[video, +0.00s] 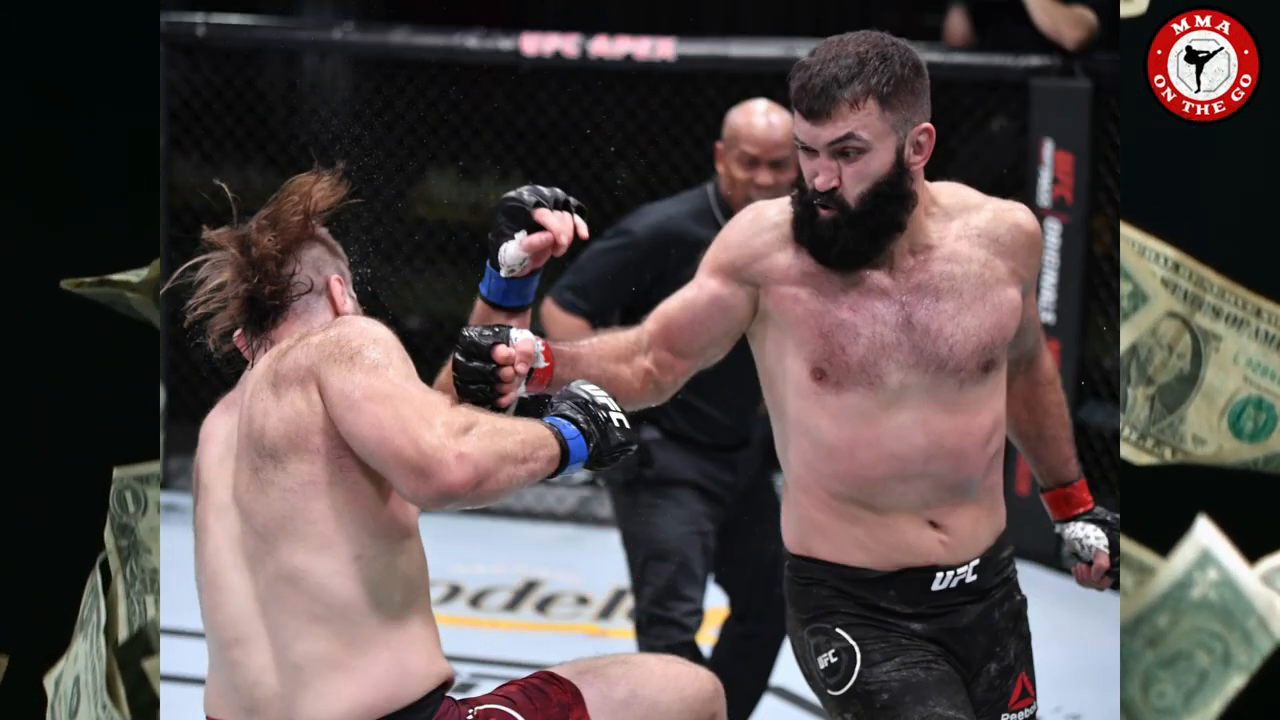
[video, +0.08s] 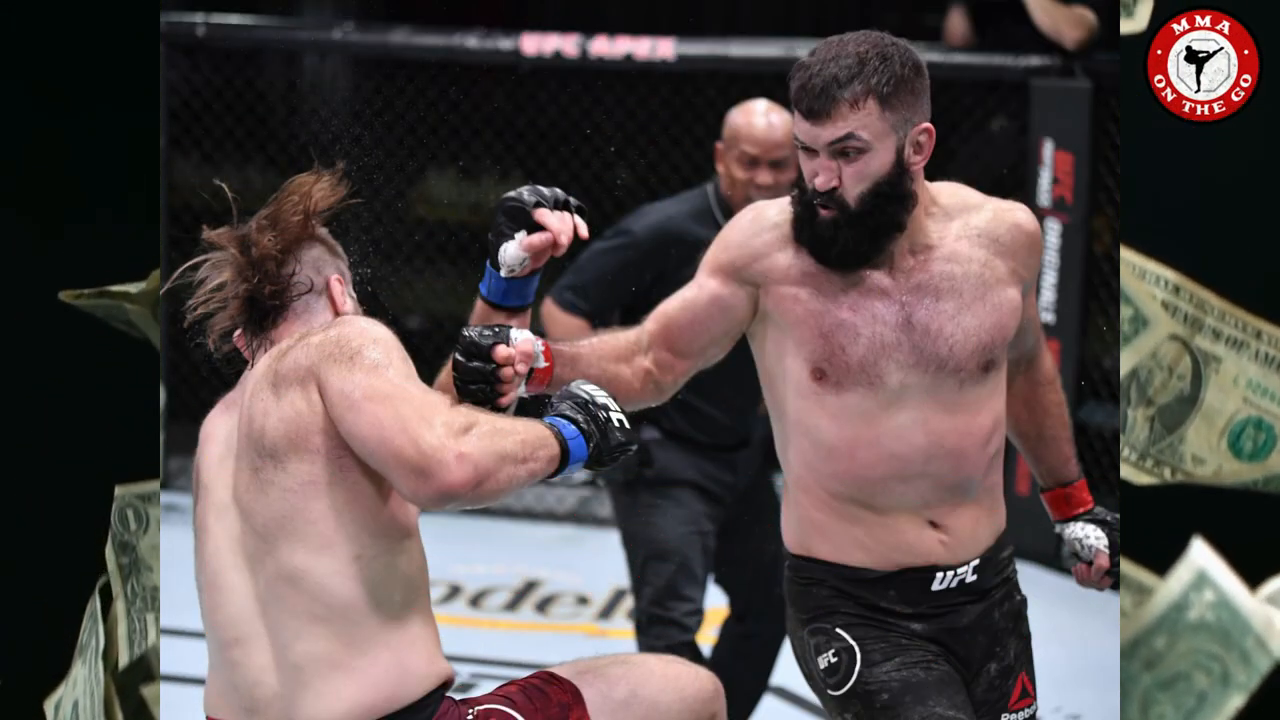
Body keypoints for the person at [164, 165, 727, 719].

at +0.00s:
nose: (363, 308)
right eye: (356, 290)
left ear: (243, 346)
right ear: (340, 290)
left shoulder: (217, 428)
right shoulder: (344, 346)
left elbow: (444, 429)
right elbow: (446, 466)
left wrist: (508, 283)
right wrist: (576, 430)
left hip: (238, 713)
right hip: (396, 708)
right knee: (691, 687)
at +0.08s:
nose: (365, 311)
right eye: (357, 293)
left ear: (243, 344)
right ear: (341, 291)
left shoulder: (218, 425)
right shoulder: (343, 347)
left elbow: (444, 430)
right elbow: (447, 466)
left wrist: (509, 283)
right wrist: (576, 430)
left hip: (242, 711)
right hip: (397, 708)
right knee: (691, 687)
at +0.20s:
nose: (363, 308)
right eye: (355, 290)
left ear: (243, 345)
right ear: (340, 291)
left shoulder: (216, 428)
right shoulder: (343, 347)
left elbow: (446, 427)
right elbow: (447, 467)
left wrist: (508, 283)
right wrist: (577, 430)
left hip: (238, 713)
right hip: (396, 709)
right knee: (691, 687)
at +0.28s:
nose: (363, 308)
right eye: (356, 289)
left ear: (243, 345)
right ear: (340, 291)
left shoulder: (217, 428)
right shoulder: (343, 347)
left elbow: (449, 426)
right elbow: (448, 466)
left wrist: (508, 283)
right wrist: (577, 430)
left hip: (238, 712)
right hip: (396, 708)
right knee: (691, 687)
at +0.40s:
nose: (364, 309)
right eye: (357, 292)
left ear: (242, 343)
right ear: (339, 292)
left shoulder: (217, 426)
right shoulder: (343, 346)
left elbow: (445, 427)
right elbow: (447, 467)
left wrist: (508, 283)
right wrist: (576, 430)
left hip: (238, 713)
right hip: (395, 709)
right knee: (691, 687)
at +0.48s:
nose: (364, 308)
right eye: (356, 292)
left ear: (242, 343)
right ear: (340, 292)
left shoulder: (216, 427)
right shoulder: (344, 346)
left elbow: (443, 428)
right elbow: (447, 467)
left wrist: (508, 283)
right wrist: (575, 431)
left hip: (239, 714)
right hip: (396, 710)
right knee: (692, 688)